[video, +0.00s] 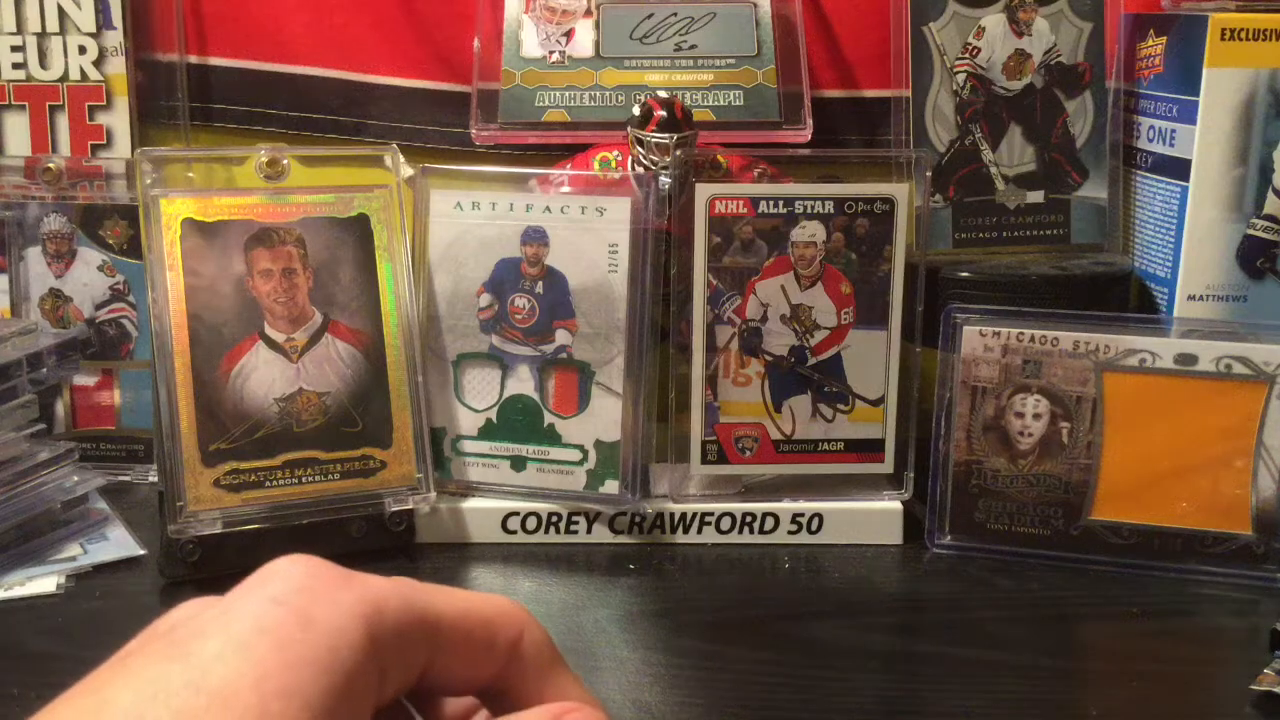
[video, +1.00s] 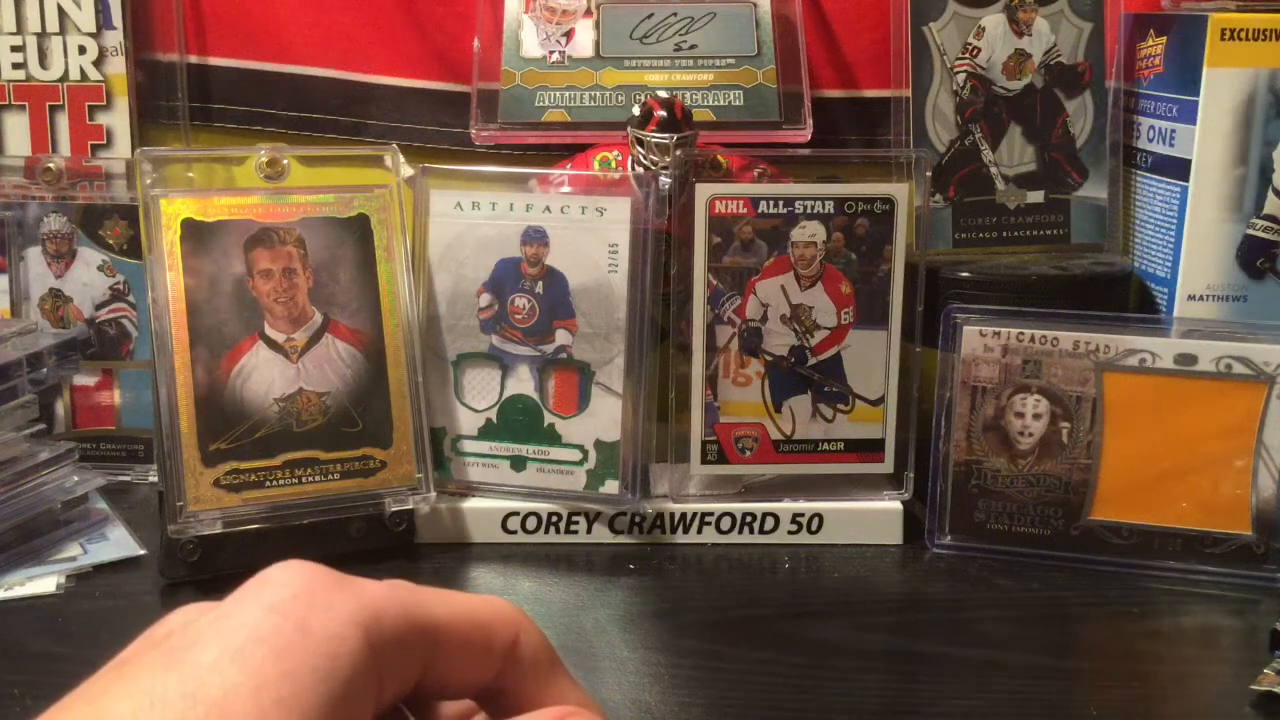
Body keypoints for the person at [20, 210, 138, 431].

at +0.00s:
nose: (57, 247)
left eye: (63, 241)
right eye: (51, 241)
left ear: (72, 241)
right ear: (42, 242)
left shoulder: (96, 264)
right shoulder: (27, 261)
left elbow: (120, 305)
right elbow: (15, 308)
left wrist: (107, 335)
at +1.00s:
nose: (57, 247)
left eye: (63, 240)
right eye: (51, 241)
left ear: (72, 240)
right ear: (43, 242)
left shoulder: (96, 264)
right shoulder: (28, 261)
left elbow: (120, 305)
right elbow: (15, 307)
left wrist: (108, 334)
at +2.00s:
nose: (57, 247)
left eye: (62, 240)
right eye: (51, 241)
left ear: (72, 240)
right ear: (43, 243)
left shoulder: (96, 264)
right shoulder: (28, 260)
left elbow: (120, 302)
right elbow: (15, 307)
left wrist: (108, 333)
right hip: (40, 361)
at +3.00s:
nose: (56, 246)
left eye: (62, 240)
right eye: (51, 241)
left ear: (72, 240)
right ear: (43, 242)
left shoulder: (95, 264)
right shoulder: (27, 260)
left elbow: (120, 301)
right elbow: (11, 305)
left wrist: (108, 333)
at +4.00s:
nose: (57, 246)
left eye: (62, 240)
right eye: (51, 240)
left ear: (72, 240)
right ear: (43, 242)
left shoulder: (96, 264)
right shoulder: (27, 261)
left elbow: (120, 304)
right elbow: (11, 306)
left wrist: (108, 333)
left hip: (87, 360)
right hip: (39, 358)